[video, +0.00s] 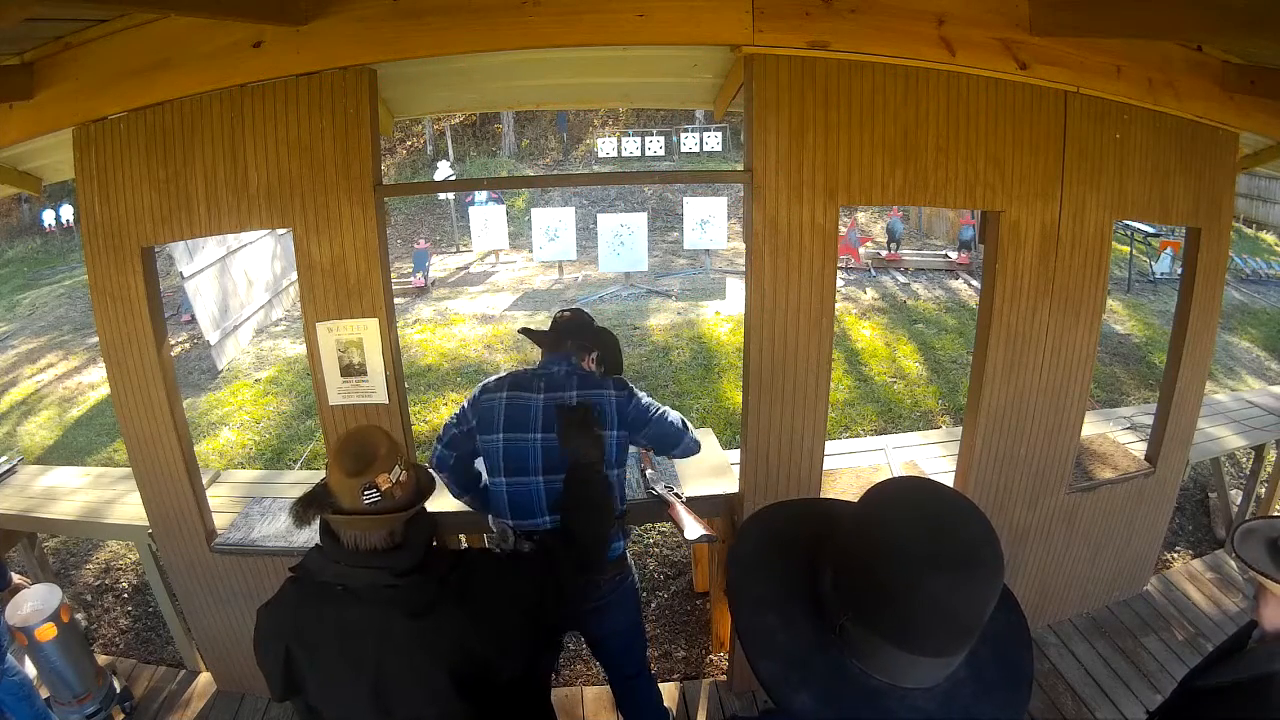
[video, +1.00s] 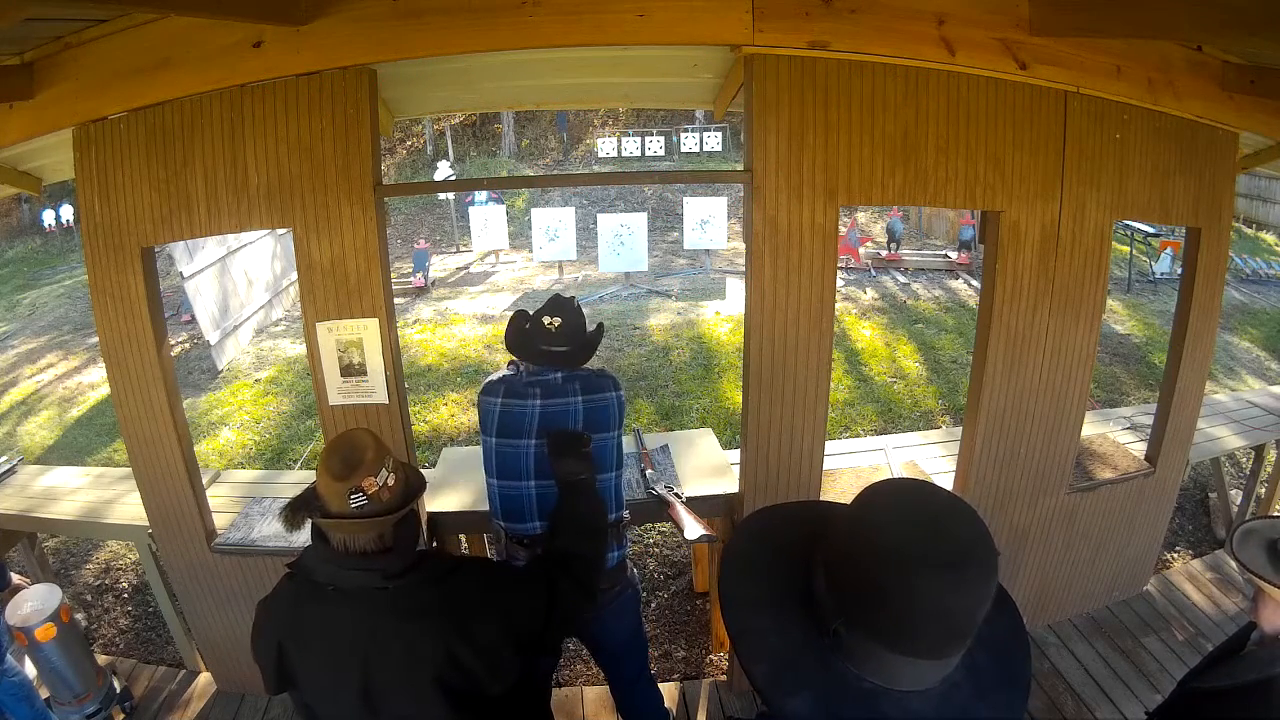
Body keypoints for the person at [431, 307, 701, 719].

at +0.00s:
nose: (599, 368)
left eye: (599, 360)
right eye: (598, 359)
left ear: (546, 350)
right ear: (588, 356)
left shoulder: (490, 393)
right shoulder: (615, 394)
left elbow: (446, 458)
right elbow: (686, 441)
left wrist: (489, 504)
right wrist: (649, 436)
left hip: (519, 577)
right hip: (600, 570)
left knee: (529, 692)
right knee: (633, 682)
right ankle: (652, 718)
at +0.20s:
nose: (606, 369)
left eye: (606, 361)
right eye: (606, 361)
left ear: (552, 351)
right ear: (596, 358)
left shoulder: (496, 390)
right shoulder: (621, 395)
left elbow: (452, 443)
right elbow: (690, 445)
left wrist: (498, 493)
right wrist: (643, 455)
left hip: (520, 578)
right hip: (602, 572)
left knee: (527, 694)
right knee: (633, 683)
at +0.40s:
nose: (603, 365)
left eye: (543, 347)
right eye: (602, 358)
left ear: (544, 350)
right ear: (595, 356)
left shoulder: (494, 388)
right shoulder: (624, 394)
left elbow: (428, 422)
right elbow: (683, 445)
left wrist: (476, 472)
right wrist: (638, 475)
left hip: (522, 581)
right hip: (604, 575)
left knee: (528, 694)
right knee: (635, 684)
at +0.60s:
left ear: (532, 344)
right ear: (589, 347)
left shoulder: (489, 397)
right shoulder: (617, 394)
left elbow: (432, 459)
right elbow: (662, 467)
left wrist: (492, 460)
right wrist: (613, 468)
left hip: (523, 585)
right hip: (604, 577)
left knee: (528, 695)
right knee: (635, 686)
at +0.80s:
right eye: (580, 335)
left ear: (523, 342)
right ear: (581, 343)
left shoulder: (489, 401)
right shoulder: (608, 391)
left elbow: (479, 449)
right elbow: (629, 459)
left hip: (526, 585)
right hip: (605, 577)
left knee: (530, 696)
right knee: (636, 686)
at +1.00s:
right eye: (582, 335)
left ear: (523, 340)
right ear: (580, 343)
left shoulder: (491, 393)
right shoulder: (606, 389)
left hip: (524, 580)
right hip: (602, 575)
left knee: (529, 694)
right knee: (636, 688)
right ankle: (652, 715)